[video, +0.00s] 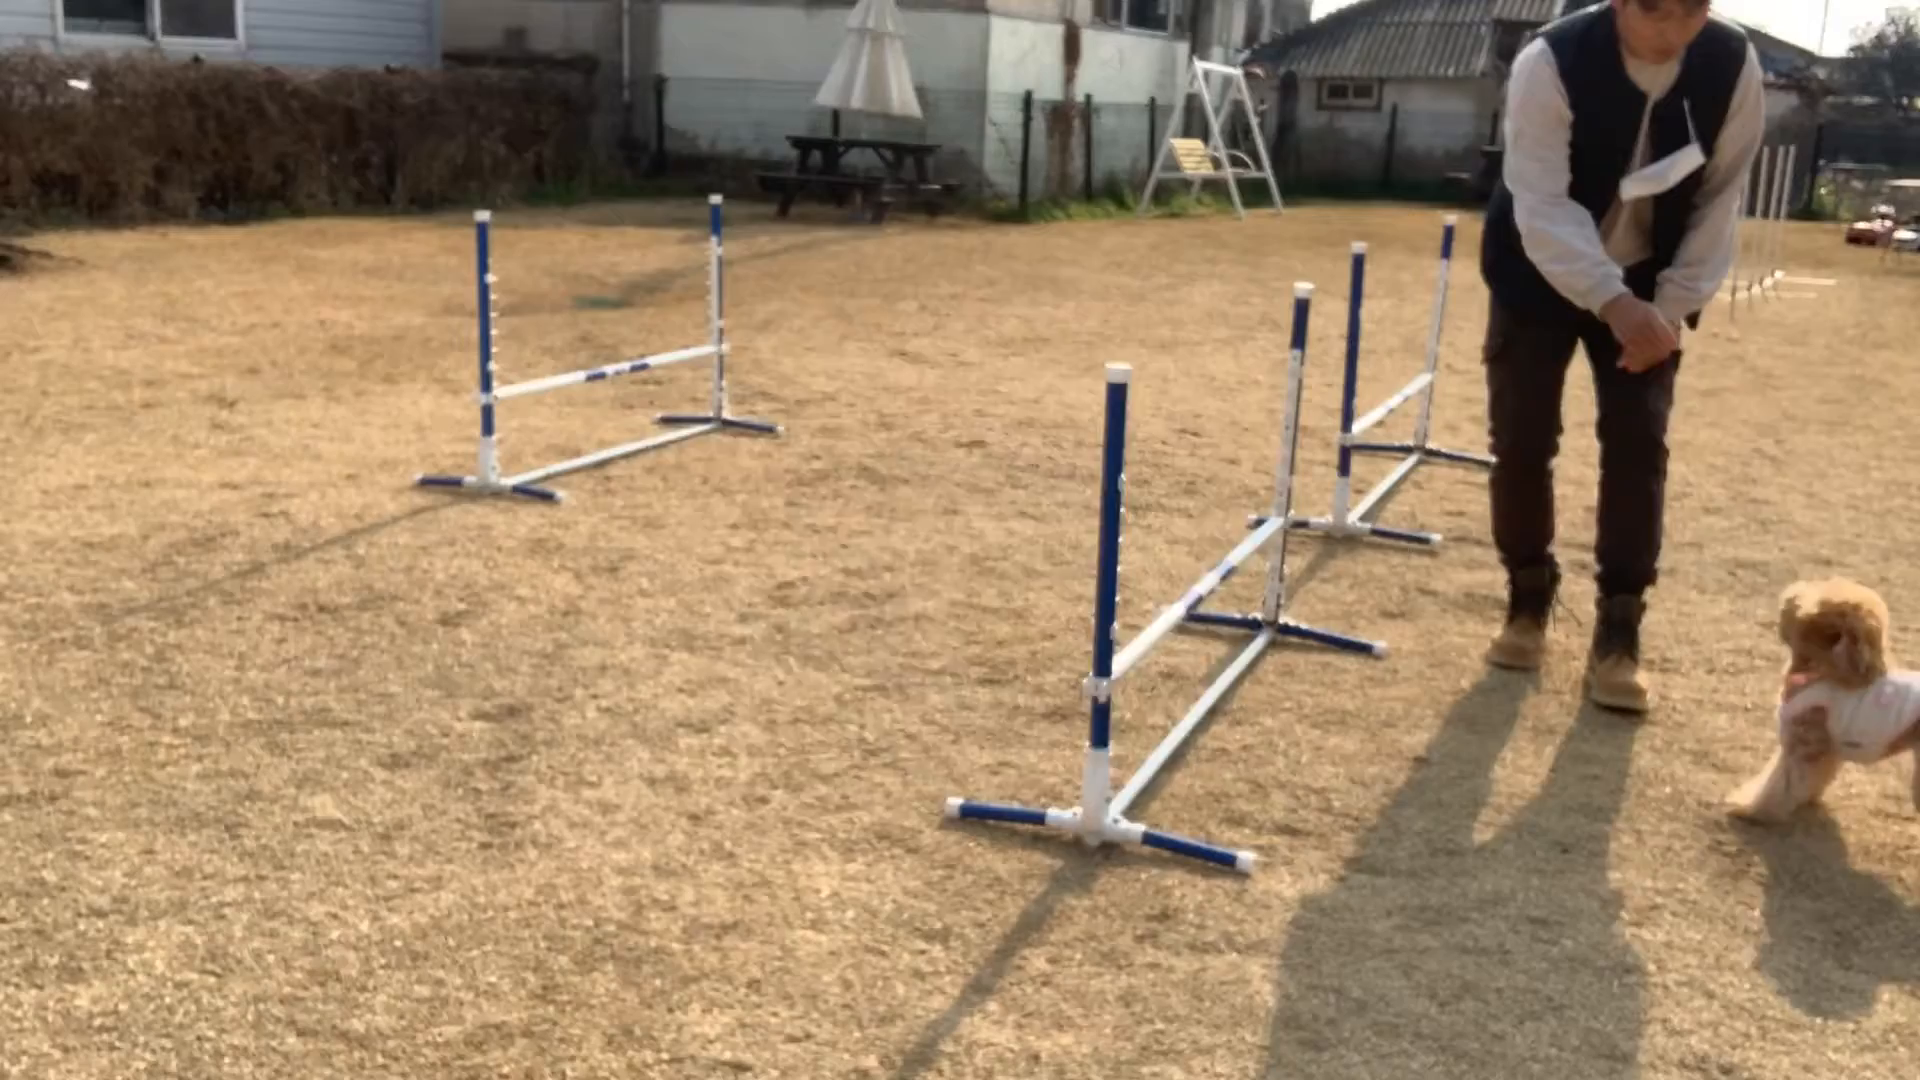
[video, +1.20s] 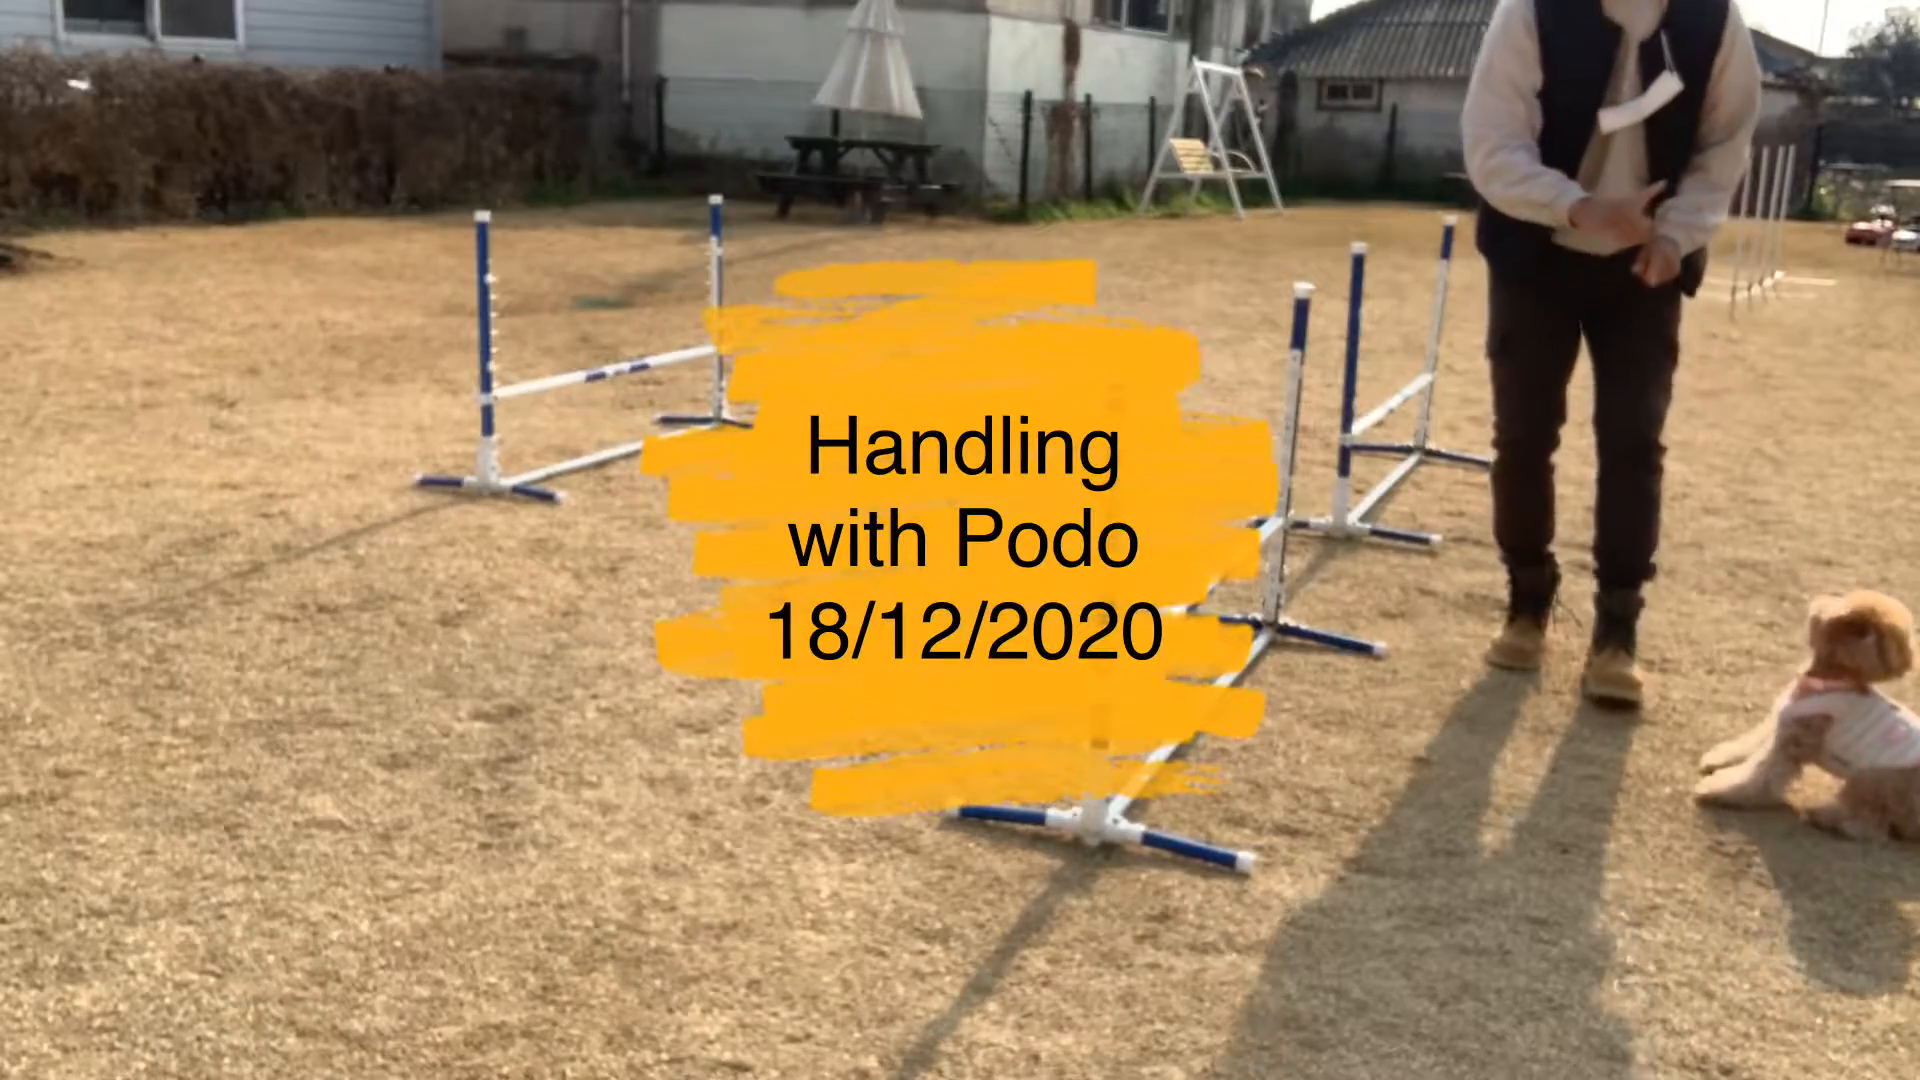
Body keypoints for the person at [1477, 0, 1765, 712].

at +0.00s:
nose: (1679, 26)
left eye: (1691, 12)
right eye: (1662, 13)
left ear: (1706, 8)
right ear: (1622, 3)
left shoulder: (1734, 68)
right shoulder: (1549, 63)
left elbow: (1721, 202)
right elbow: (1541, 209)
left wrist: (1672, 309)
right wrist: (1614, 299)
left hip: (1648, 282)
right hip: (1538, 269)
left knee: (1638, 449)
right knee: (1520, 444)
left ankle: (1618, 639)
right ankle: (1525, 605)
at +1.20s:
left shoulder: (1714, 20)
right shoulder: (1529, 15)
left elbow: (1728, 141)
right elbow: (1491, 151)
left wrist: (1680, 230)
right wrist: (1577, 207)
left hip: (1644, 268)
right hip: (1535, 257)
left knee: (1633, 445)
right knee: (1523, 438)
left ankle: (1616, 633)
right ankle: (1527, 603)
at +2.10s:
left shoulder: (1685, 12)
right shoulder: (1505, 6)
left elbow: (1713, 130)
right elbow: (1454, 111)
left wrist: (1669, 239)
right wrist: (1474, 194)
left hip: (1605, 253)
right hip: (1502, 241)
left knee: (1592, 431)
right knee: (1468, 406)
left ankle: (1576, 600)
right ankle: (1490, 565)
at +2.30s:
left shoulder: (1598, 12)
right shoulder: (1448, 9)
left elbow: (1636, 135)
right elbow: (1418, 113)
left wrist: (1641, 260)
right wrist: (1411, 195)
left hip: (1556, 258)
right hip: (1465, 249)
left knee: (1568, 429)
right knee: (1407, 384)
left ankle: (1575, 602)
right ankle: (1410, 554)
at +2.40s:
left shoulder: (1526, 15)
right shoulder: (1405, 13)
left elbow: (1563, 133)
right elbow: (1389, 114)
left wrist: (1572, 251)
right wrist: (1372, 199)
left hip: (1511, 257)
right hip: (1432, 253)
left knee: (1540, 426)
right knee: (1380, 392)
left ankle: (1574, 597)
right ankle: (1387, 556)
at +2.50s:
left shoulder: (1459, 14)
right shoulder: (1371, 17)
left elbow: (1483, 129)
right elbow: (1365, 126)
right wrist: (1329, 201)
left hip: (1451, 236)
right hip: (1388, 239)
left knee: (1444, 403)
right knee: (1355, 390)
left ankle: (1535, 576)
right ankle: (1384, 555)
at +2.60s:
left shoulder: (1400, 10)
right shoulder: (1336, 15)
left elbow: (1406, 128)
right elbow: (1323, 128)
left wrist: (1342, 196)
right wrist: (1273, 204)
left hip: (1407, 213)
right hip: (1368, 213)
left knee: (1331, 384)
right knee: (1343, 382)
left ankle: (1412, 542)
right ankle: (1375, 544)